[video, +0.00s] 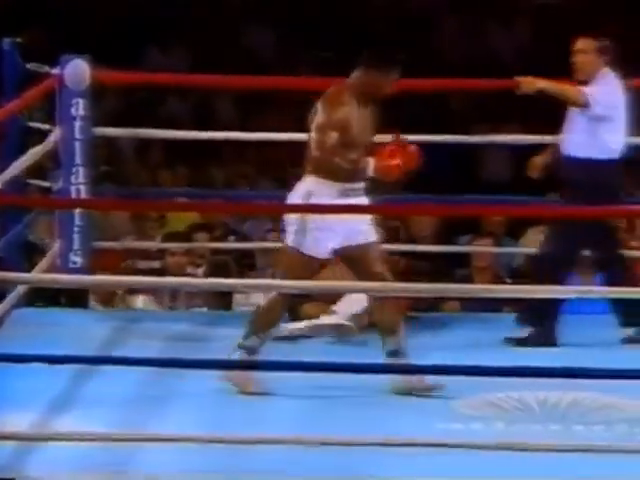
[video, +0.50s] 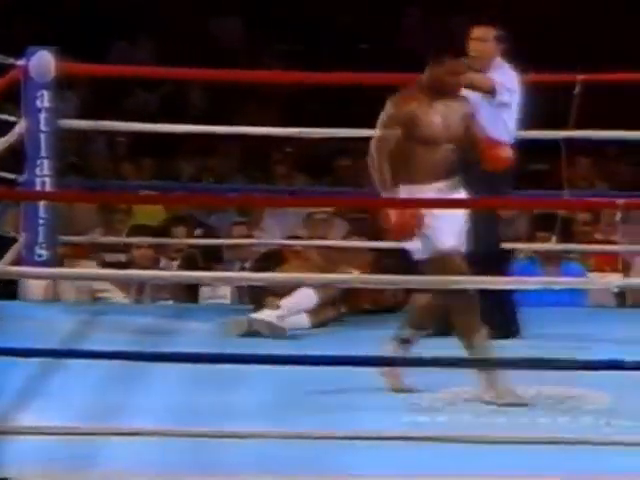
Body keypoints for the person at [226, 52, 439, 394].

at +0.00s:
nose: (387, 90)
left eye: (391, 83)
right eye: (385, 81)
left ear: (381, 79)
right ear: (367, 74)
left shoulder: (366, 107)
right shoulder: (333, 105)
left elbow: (353, 150)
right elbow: (320, 157)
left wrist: (386, 157)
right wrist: (372, 167)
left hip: (351, 204)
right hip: (316, 203)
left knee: (381, 286)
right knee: (289, 289)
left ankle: (400, 370)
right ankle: (242, 362)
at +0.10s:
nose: (417, 89)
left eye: (418, 82)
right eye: (414, 81)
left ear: (401, 81)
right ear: (395, 76)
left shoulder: (395, 111)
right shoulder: (357, 106)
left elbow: (388, 160)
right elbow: (340, 157)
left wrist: (421, 168)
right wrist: (388, 168)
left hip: (381, 201)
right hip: (345, 199)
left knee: (406, 279)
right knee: (338, 291)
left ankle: (400, 371)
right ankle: (269, 343)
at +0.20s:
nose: (429, 80)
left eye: (430, 73)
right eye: (426, 72)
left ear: (417, 73)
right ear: (404, 66)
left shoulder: (411, 102)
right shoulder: (365, 97)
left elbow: (407, 144)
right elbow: (349, 148)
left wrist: (437, 153)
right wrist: (389, 168)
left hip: (398, 194)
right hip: (362, 192)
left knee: (412, 280)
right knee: (376, 292)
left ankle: (396, 370)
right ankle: (311, 325)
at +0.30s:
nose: (444, 69)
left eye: (446, 62)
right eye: (439, 61)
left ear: (439, 62)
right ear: (416, 56)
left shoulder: (434, 90)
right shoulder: (380, 89)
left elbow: (432, 136)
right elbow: (360, 141)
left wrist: (457, 141)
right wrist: (387, 175)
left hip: (418, 181)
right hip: (382, 182)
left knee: (410, 279)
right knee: (407, 276)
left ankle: (392, 366)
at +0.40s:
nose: (453, 68)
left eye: (455, 61)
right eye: (447, 60)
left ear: (452, 59)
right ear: (425, 56)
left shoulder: (447, 93)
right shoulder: (391, 92)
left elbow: (451, 136)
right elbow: (369, 138)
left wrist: (471, 139)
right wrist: (388, 182)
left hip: (431, 182)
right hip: (394, 183)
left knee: (410, 272)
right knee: (431, 272)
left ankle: (385, 363)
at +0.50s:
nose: (457, 84)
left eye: (460, 77)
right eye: (452, 77)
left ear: (461, 78)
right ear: (434, 75)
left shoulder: (462, 106)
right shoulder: (403, 106)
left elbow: (478, 142)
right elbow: (377, 152)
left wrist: (494, 153)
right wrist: (389, 200)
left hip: (453, 195)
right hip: (414, 200)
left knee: (442, 282)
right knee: (458, 281)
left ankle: (395, 354)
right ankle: (491, 377)